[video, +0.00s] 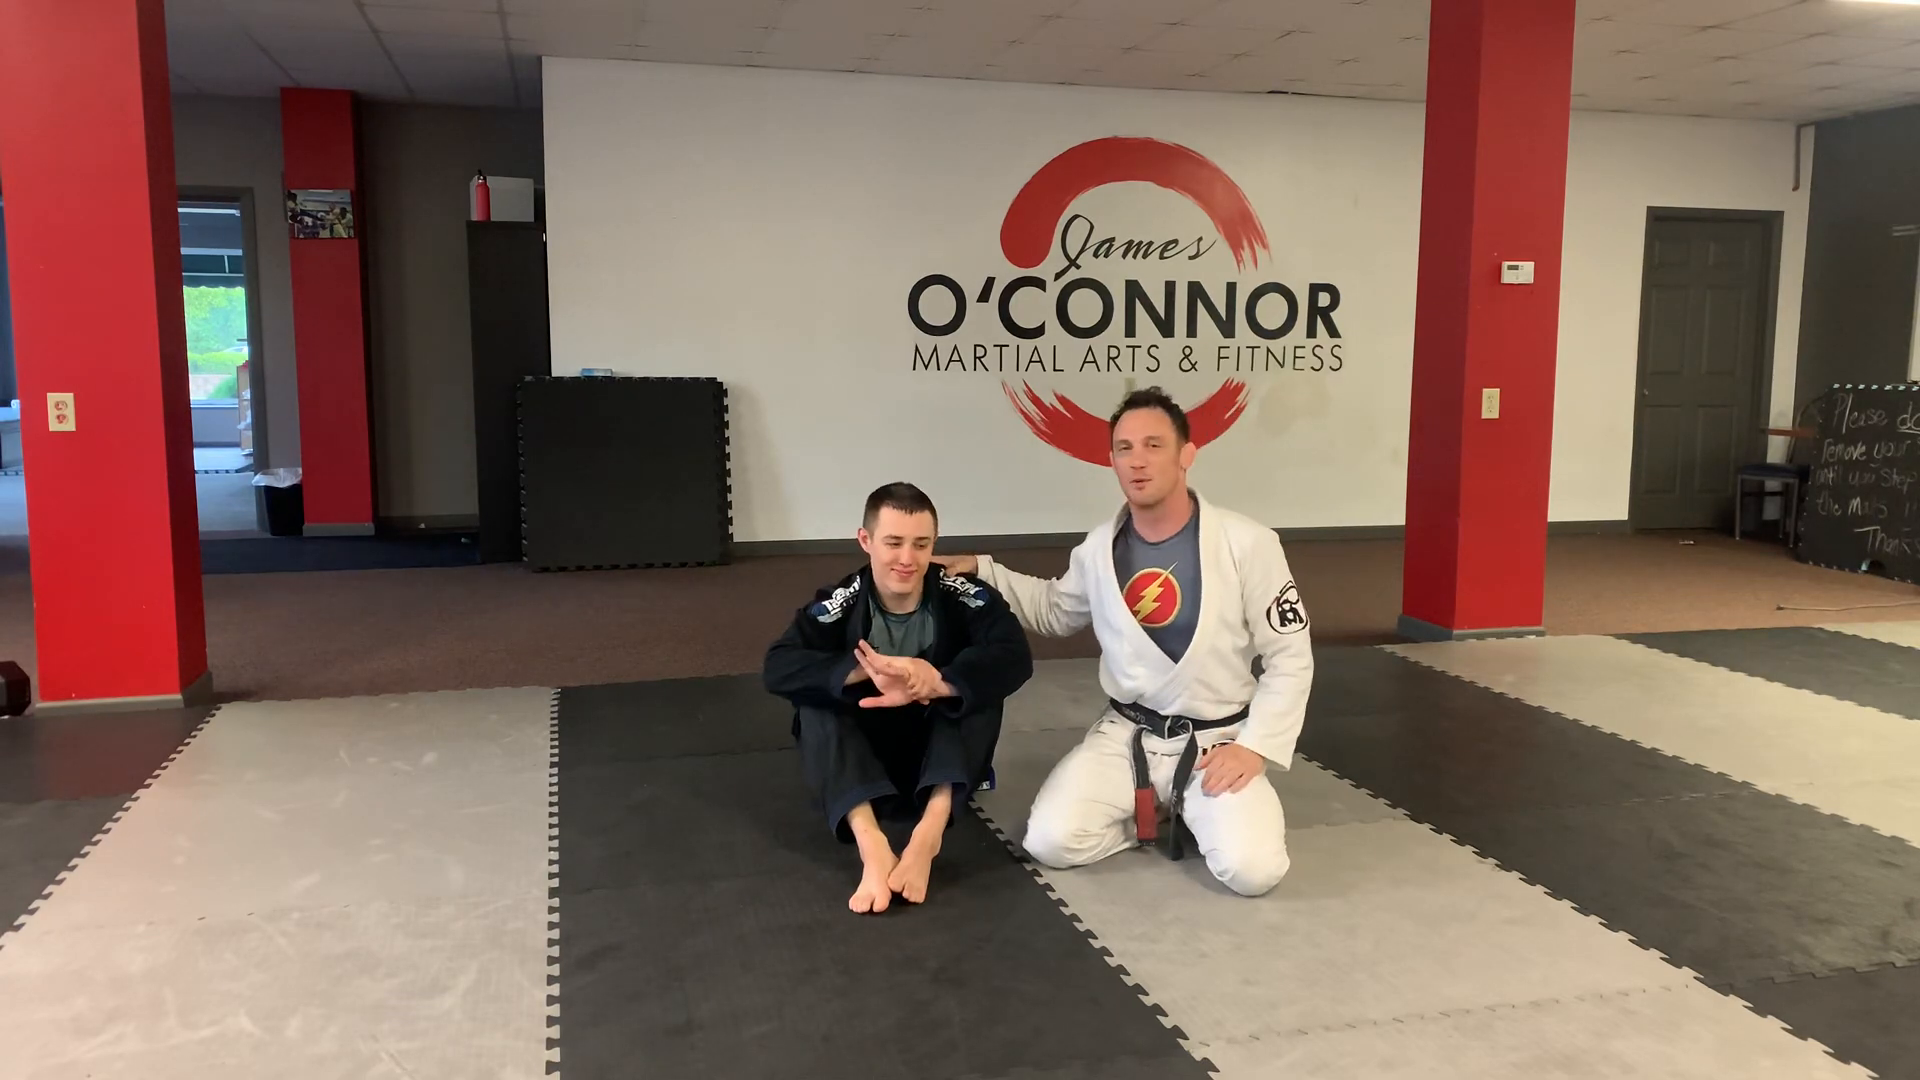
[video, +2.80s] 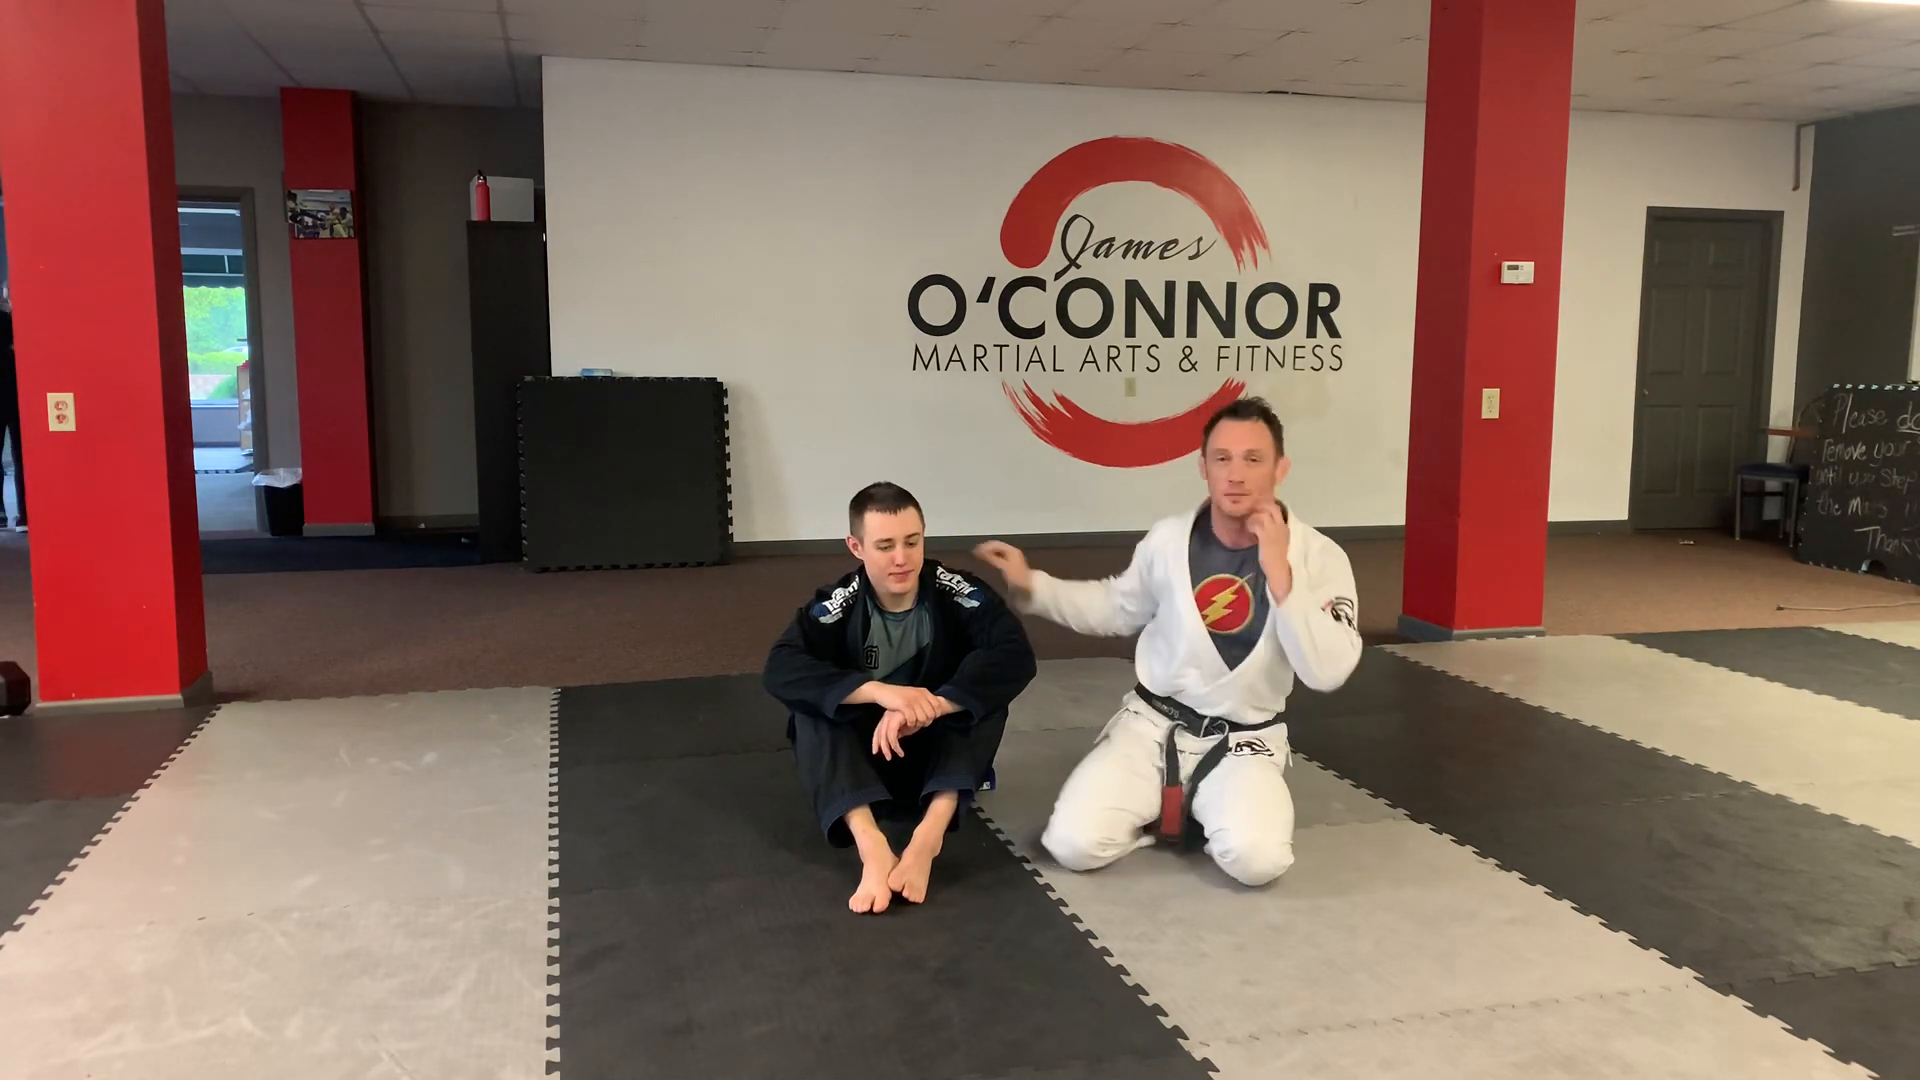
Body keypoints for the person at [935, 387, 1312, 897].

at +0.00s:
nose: (1137, 462)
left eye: (1153, 446)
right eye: (1124, 448)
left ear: (1186, 456)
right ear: (1111, 461)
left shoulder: (1248, 545)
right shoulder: (1097, 551)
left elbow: (1289, 656)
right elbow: (1055, 612)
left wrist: (1257, 746)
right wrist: (983, 569)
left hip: (1219, 738)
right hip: (1125, 732)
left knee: (1254, 871)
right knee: (1051, 842)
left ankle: (1200, 798)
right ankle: (1158, 811)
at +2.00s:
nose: (1137, 463)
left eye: (1153, 447)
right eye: (1127, 449)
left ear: (1190, 457)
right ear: (1116, 459)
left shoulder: (1246, 548)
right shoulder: (1102, 547)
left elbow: (1287, 657)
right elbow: (1057, 602)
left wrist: (1231, 734)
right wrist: (975, 563)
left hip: (1206, 737)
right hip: (1114, 729)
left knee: (1247, 872)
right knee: (1045, 840)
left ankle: (1186, 803)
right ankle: (1151, 809)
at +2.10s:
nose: (1137, 463)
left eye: (1154, 447)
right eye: (1129, 449)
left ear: (1194, 457)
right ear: (1119, 457)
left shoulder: (1248, 548)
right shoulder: (1107, 544)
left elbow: (1292, 651)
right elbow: (1063, 597)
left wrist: (1227, 692)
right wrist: (980, 553)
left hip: (1207, 736)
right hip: (1115, 728)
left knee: (1246, 870)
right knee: (1045, 840)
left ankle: (1190, 800)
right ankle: (1149, 807)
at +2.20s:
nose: (1134, 464)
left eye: (1150, 449)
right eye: (1129, 451)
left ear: (1196, 458)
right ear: (1124, 458)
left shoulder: (1251, 547)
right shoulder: (1114, 540)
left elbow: (1291, 658)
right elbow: (1063, 593)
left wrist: (1210, 621)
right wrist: (989, 540)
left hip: (1208, 736)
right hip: (1116, 726)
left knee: (1246, 871)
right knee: (1045, 841)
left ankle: (1193, 800)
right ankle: (1153, 811)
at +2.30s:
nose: (1135, 468)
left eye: (1150, 454)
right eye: (1134, 455)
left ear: (1199, 462)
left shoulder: (1260, 544)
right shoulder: (1121, 540)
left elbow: (1275, 651)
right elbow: (1064, 590)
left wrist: (1208, 566)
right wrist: (989, 539)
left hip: (1211, 737)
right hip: (1119, 727)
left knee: (1246, 870)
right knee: (1045, 842)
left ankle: (1198, 798)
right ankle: (1154, 810)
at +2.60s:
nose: (1194, 475)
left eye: (1212, 459)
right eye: (1185, 459)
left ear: (1250, 464)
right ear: (1175, 463)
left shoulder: (1295, 545)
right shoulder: (1148, 541)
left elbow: (1295, 643)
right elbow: (1081, 595)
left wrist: (1241, 551)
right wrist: (987, 579)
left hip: (1233, 739)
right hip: (1137, 726)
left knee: (1258, 863)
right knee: (1052, 843)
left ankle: (1205, 798)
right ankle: (1157, 807)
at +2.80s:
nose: (1236, 474)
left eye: (1253, 459)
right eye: (1223, 459)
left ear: (1280, 470)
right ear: (1204, 467)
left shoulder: (1319, 559)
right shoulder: (1168, 541)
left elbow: (1328, 671)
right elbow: (1118, 608)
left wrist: (1279, 574)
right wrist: (1032, 586)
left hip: (1247, 740)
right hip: (1150, 724)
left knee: (1257, 860)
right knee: (1072, 845)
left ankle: (1209, 799)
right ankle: (1161, 807)